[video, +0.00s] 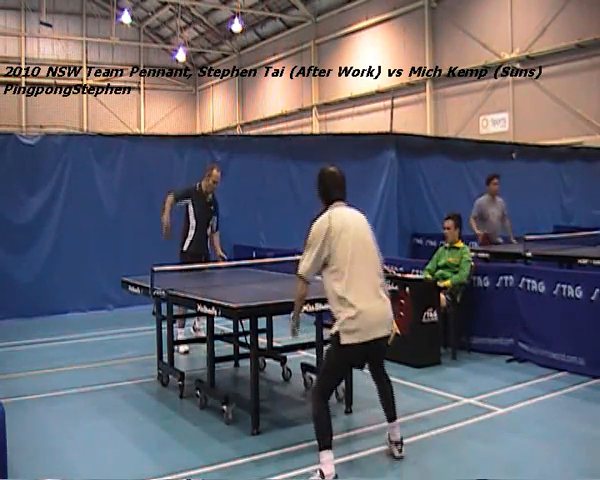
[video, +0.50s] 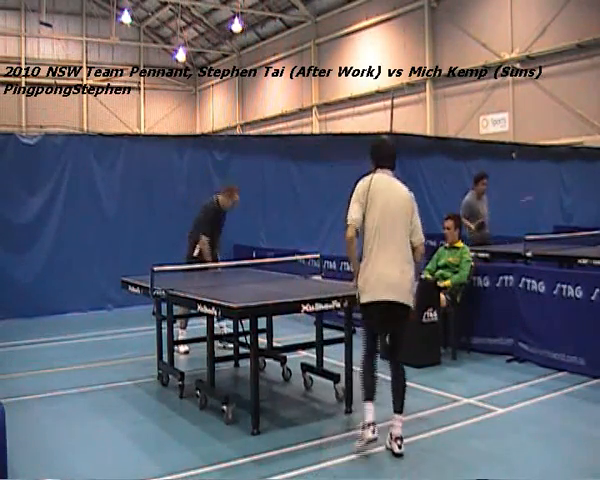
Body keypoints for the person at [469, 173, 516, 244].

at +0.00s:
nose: (497, 187)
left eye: (498, 184)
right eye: (494, 184)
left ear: (499, 186)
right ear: (488, 186)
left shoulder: (500, 202)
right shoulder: (480, 202)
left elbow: (505, 219)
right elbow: (472, 219)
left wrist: (511, 237)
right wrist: (478, 232)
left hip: (497, 237)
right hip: (484, 238)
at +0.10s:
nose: (493, 188)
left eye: (494, 185)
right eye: (491, 185)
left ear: (496, 187)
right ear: (485, 187)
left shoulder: (497, 202)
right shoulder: (477, 202)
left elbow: (501, 220)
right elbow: (469, 220)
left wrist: (506, 237)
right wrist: (476, 234)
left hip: (494, 238)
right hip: (481, 238)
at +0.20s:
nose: (491, 190)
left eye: (492, 187)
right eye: (489, 187)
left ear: (493, 188)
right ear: (482, 188)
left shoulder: (493, 199)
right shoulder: (474, 202)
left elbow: (497, 217)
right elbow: (468, 219)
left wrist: (501, 234)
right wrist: (477, 234)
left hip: (492, 237)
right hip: (479, 239)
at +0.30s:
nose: (489, 189)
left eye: (490, 187)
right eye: (487, 186)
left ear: (491, 187)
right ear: (481, 187)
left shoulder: (490, 198)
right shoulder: (472, 199)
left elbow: (490, 214)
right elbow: (468, 217)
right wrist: (477, 229)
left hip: (490, 234)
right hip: (478, 237)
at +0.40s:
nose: (487, 187)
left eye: (488, 185)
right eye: (484, 184)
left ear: (489, 185)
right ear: (478, 185)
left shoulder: (486, 196)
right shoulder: (470, 198)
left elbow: (487, 211)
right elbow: (466, 216)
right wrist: (474, 224)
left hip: (487, 233)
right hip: (476, 235)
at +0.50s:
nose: (485, 187)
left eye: (486, 185)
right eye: (482, 184)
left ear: (486, 186)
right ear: (476, 185)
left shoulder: (484, 197)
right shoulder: (468, 200)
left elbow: (484, 213)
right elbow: (462, 217)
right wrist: (471, 226)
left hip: (485, 233)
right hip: (474, 236)